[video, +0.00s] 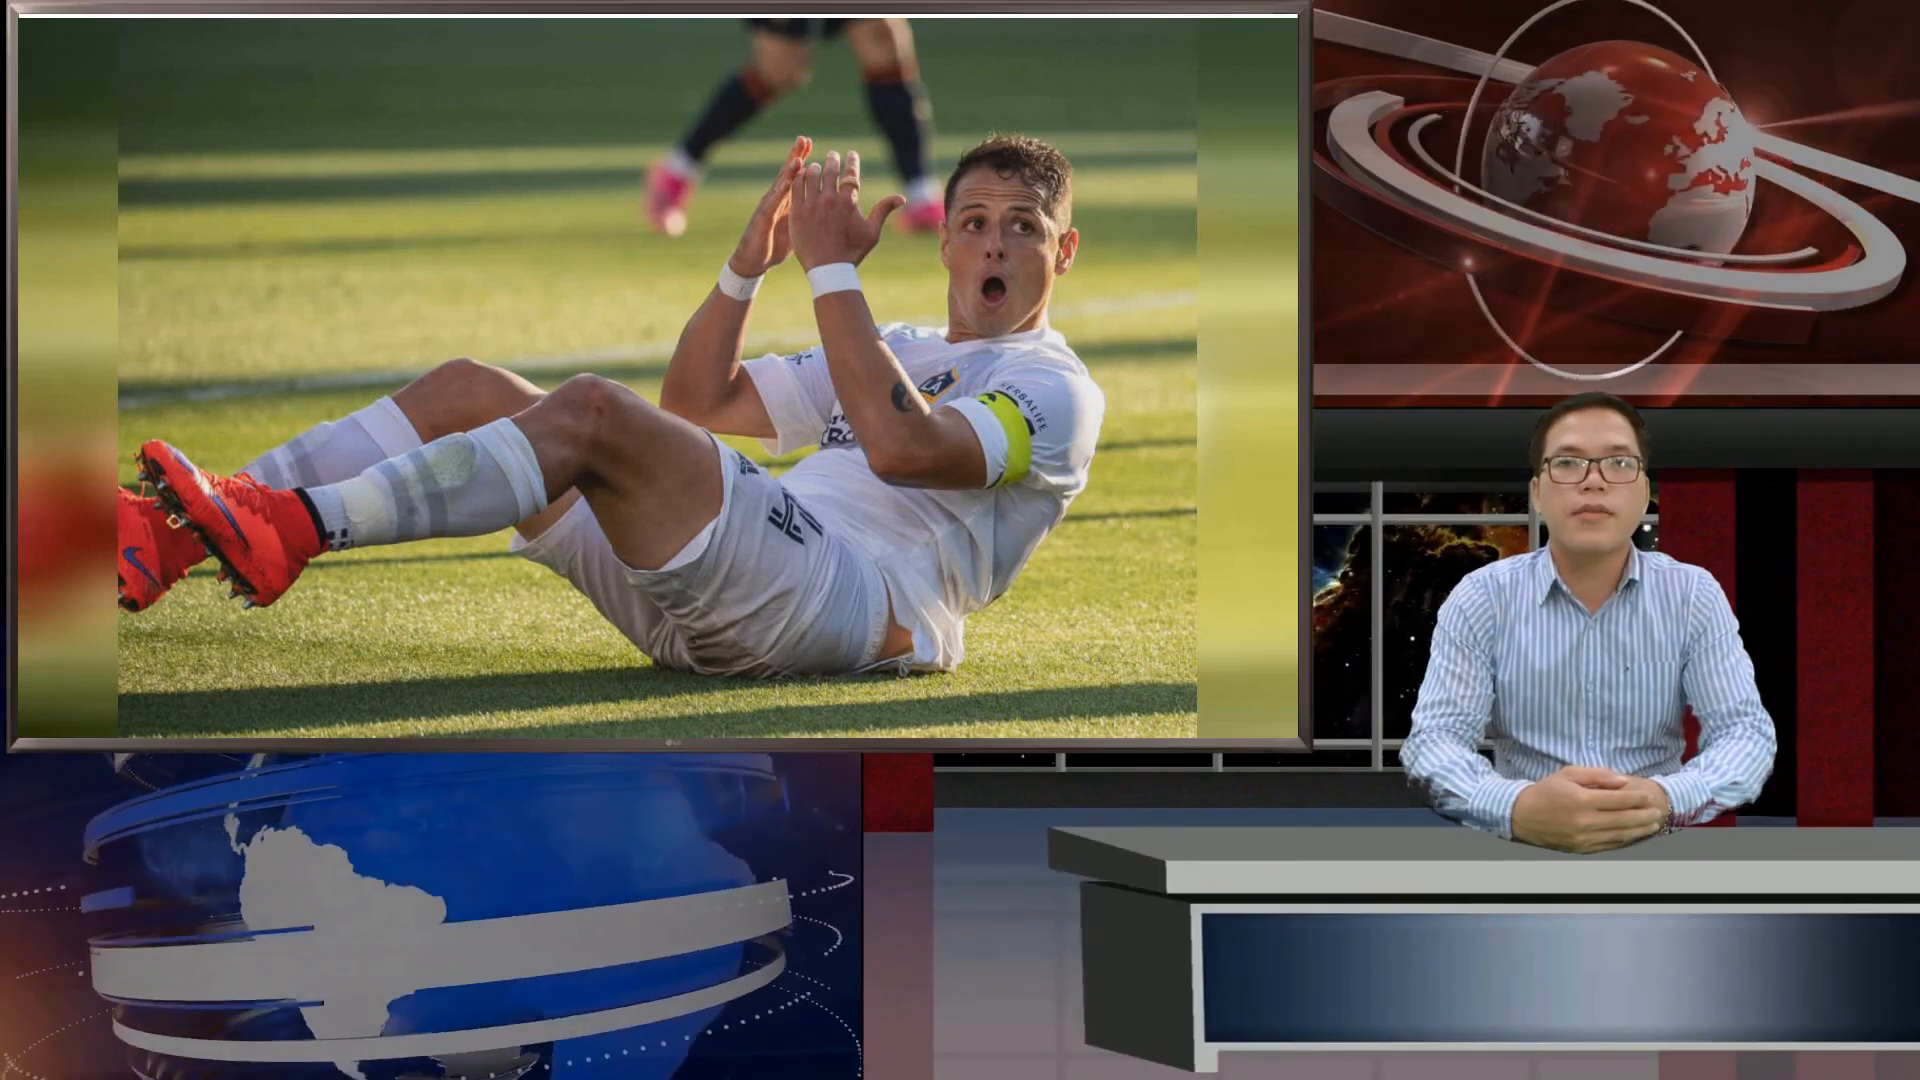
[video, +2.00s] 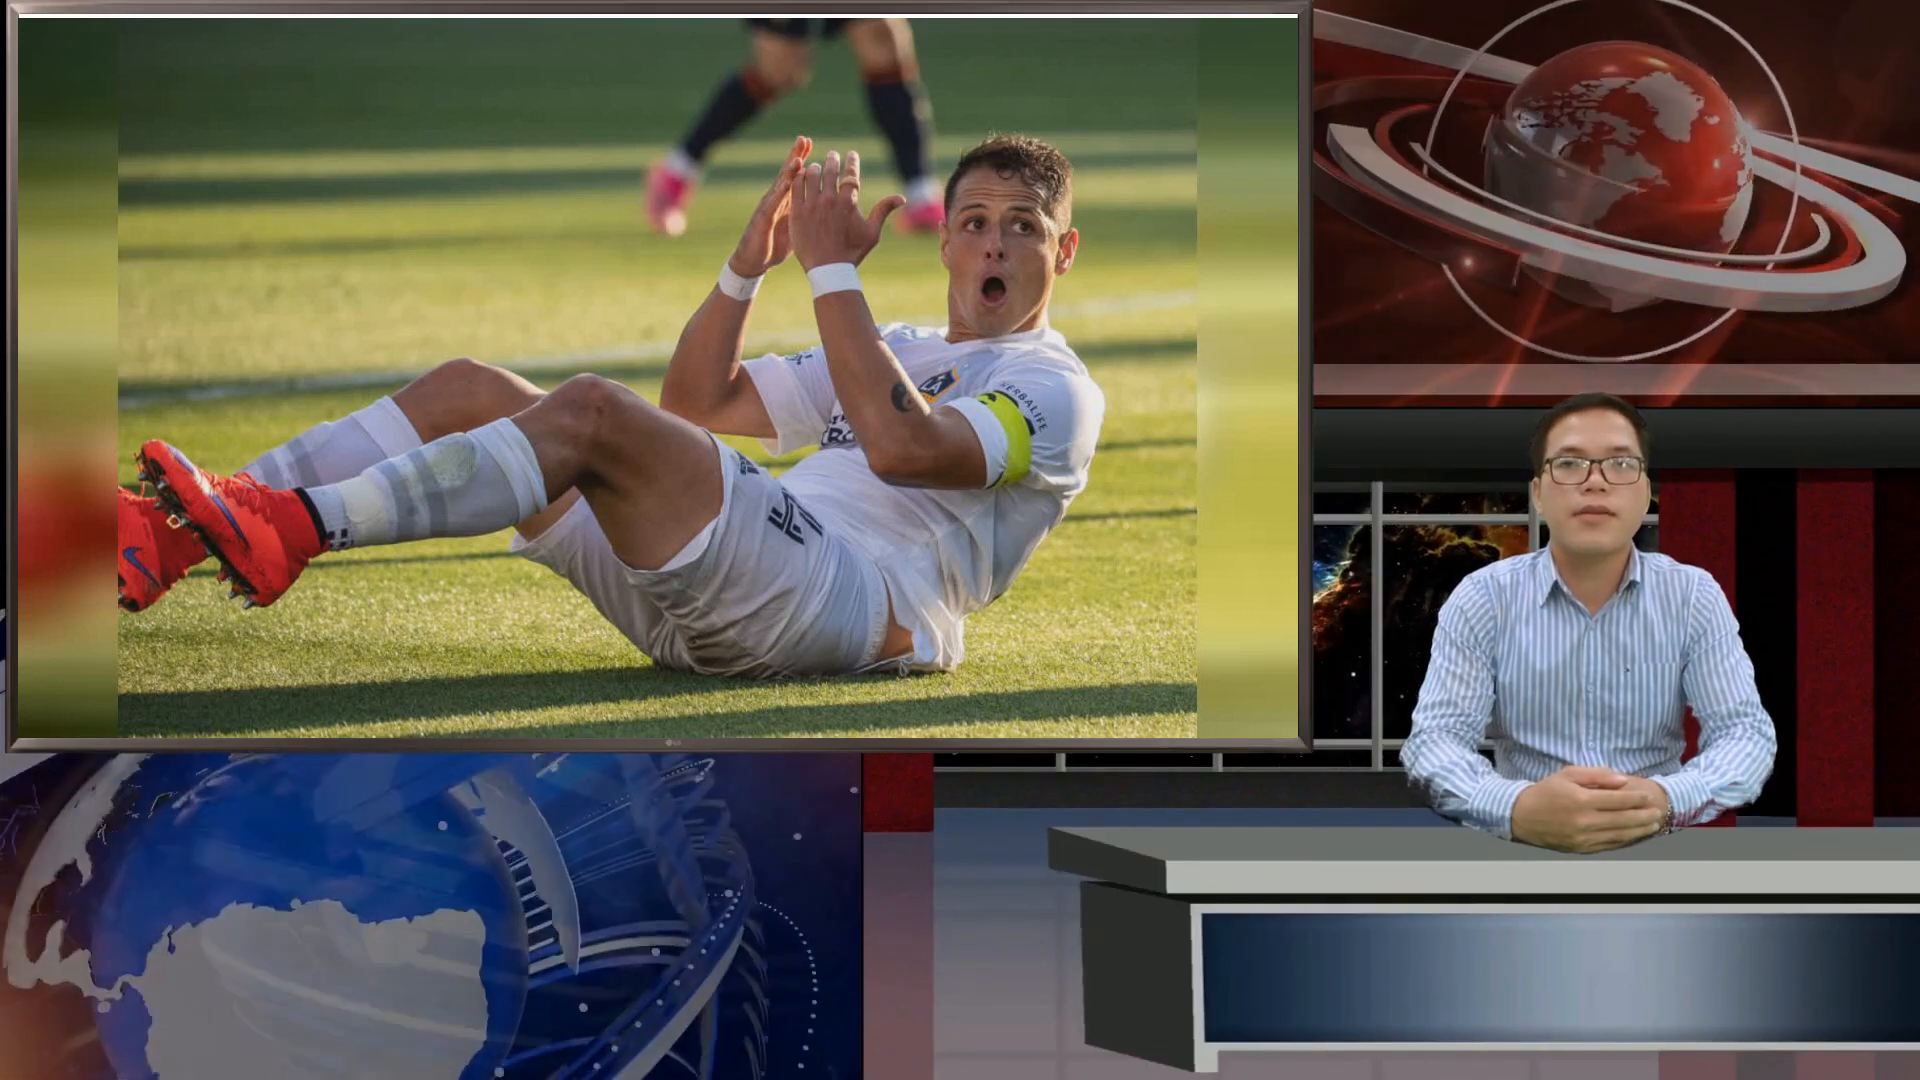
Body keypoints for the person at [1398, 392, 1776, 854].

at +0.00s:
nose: (1593, 481)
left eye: (1617, 463)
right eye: (1568, 463)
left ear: (1645, 493)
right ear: (1537, 494)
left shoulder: (1689, 597)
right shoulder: (1483, 600)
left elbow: (1745, 734)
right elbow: (1432, 745)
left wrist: (1667, 800)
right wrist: (1514, 809)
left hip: (1656, 852)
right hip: (1520, 856)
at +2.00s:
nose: (1595, 482)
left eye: (1619, 464)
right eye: (1569, 464)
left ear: (1646, 495)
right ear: (1538, 495)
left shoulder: (1690, 598)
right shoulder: (1484, 601)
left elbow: (1744, 735)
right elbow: (1432, 745)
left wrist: (1667, 800)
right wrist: (1515, 809)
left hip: (1656, 852)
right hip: (1519, 855)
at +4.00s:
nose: (1596, 483)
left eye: (1620, 464)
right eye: (1570, 464)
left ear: (1647, 495)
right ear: (1539, 496)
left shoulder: (1691, 598)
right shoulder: (1484, 601)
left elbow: (1745, 735)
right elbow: (1434, 744)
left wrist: (1667, 799)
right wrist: (1514, 809)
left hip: (1656, 852)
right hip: (1519, 856)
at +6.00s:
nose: (1596, 483)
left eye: (1620, 464)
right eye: (1571, 464)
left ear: (1647, 495)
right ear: (1539, 496)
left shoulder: (1691, 598)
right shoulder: (1484, 600)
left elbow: (1745, 735)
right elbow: (1434, 744)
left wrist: (1667, 799)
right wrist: (1514, 809)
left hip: (1657, 853)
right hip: (1520, 857)